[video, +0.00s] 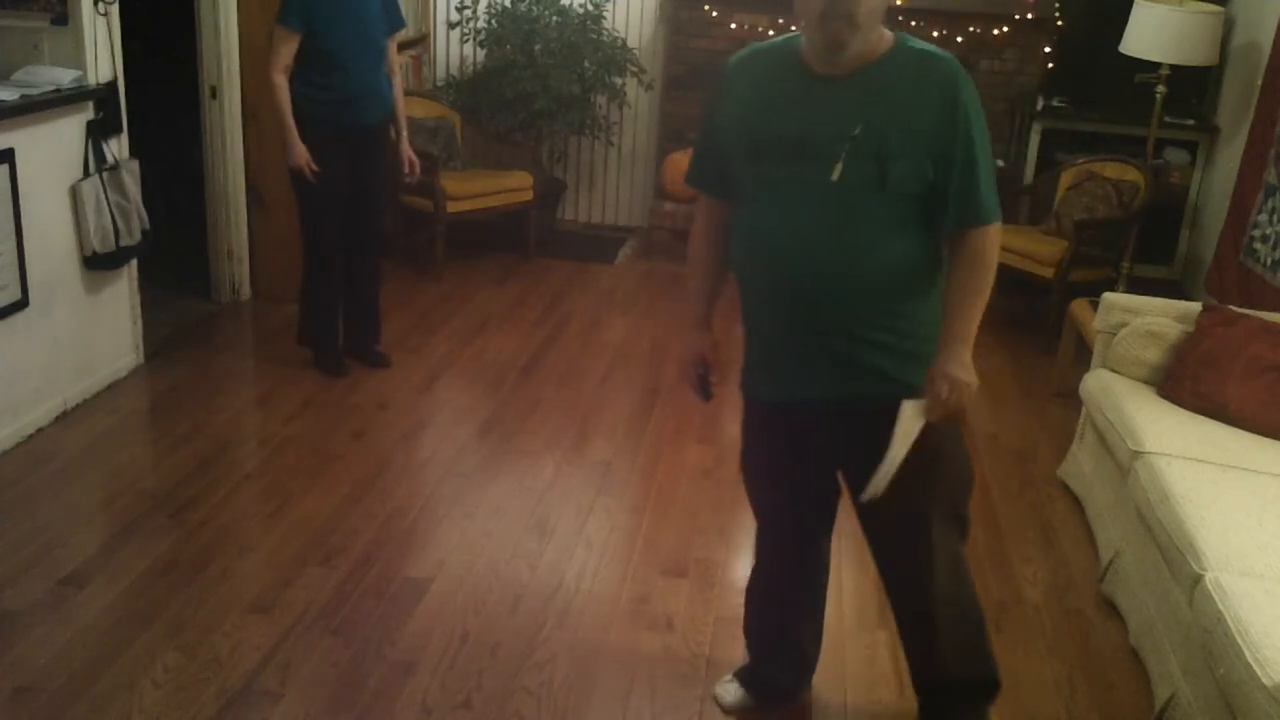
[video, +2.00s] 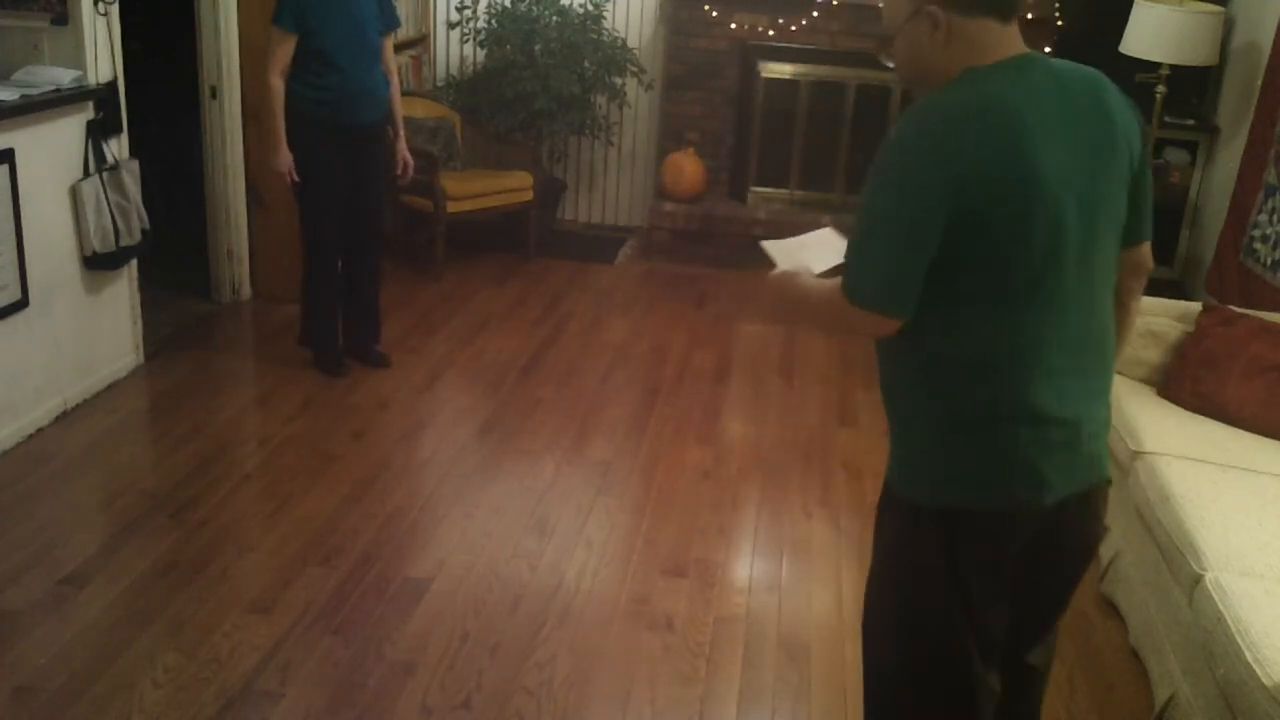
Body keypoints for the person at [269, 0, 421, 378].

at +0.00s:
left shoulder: (384, 6)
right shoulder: (302, 6)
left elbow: (393, 70)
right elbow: (278, 71)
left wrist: (403, 138)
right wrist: (293, 141)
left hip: (372, 136)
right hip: (320, 138)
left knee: (368, 240)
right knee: (325, 242)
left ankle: (363, 339)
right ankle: (324, 346)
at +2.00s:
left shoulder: (379, 6)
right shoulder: (297, 6)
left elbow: (389, 71)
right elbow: (276, 73)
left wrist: (400, 137)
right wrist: (281, 146)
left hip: (370, 133)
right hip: (317, 134)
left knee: (367, 239)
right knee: (322, 241)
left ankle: (363, 339)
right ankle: (323, 345)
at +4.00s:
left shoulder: (331, 8)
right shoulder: (250, 8)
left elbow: (339, 81)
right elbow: (222, 82)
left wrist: (349, 151)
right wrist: (235, 157)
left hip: (321, 147)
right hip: (261, 151)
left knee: (346, 250)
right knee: (268, 262)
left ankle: (343, 341)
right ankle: (265, 370)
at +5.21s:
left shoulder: (379, 6)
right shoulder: (300, 7)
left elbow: (389, 74)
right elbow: (272, 76)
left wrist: (408, 144)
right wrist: (302, 150)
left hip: (365, 139)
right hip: (309, 142)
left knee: (365, 244)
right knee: (316, 245)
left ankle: (356, 347)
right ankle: (304, 343)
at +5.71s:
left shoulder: (422, 7)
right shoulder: (347, 9)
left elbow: (429, 78)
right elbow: (324, 85)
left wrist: (435, 146)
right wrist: (337, 164)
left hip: (411, 144)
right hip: (365, 144)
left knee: (407, 254)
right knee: (369, 253)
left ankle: (398, 361)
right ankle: (325, 337)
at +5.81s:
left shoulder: (436, 8)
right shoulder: (357, 9)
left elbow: (449, 81)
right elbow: (332, 86)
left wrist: (468, 152)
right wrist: (336, 166)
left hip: (420, 145)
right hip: (371, 145)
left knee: (416, 250)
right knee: (397, 251)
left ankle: (399, 359)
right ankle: (372, 356)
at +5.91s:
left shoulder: (451, 10)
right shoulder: (373, 10)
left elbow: (469, 87)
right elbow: (339, 90)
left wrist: (493, 158)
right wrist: (335, 166)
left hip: (431, 148)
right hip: (379, 149)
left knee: (419, 260)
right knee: (413, 262)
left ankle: (395, 360)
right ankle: (421, 385)